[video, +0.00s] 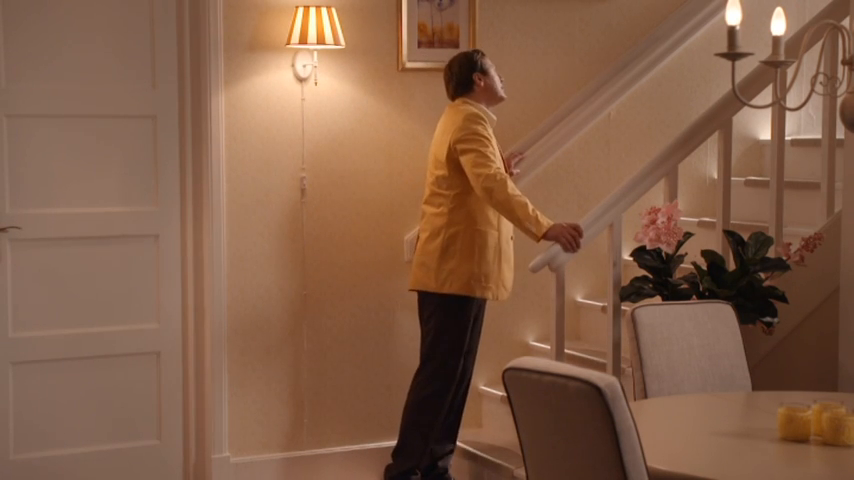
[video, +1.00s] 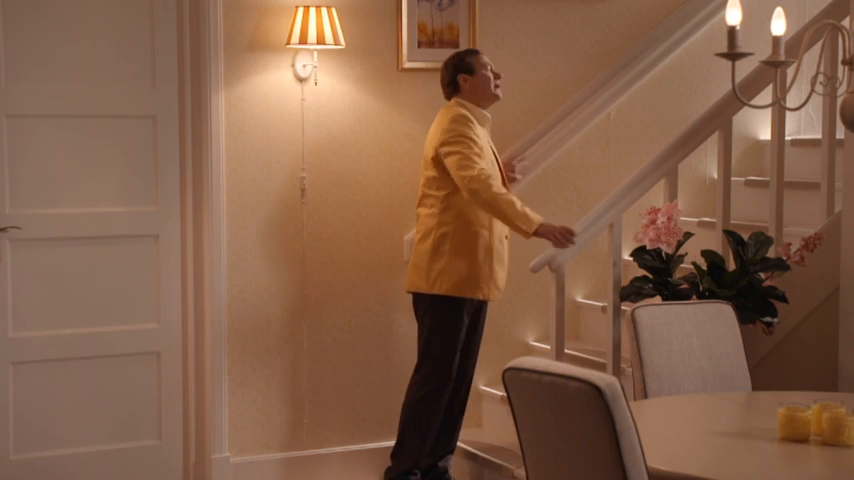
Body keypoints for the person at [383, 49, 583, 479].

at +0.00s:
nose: (501, 80)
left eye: (496, 72)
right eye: (494, 72)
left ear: (470, 82)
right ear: (479, 80)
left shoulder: (462, 119)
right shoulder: (468, 120)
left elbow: (462, 192)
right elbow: (492, 185)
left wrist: (500, 176)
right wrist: (545, 227)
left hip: (464, 270)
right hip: (453, 270)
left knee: (455, 375)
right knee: (441, 374)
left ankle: (434, 468)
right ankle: (406, 470)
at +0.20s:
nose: (499, 80)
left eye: (495, 72)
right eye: (493, 72)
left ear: (470, 82)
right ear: (477, 80)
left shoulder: (462, 119)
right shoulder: (467, 120)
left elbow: (461, 193)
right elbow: (492, 185)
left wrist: (501, 175)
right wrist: (544, 227)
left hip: (465, 269)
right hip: (454, 269)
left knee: (455, 374)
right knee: (442, 373)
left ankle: (435, 467)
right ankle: (407, 470)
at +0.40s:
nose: (500, 80)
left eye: (495, 72)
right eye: (493, 72)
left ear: (470, 82)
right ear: (477, 80)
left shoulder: (463, 119)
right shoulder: (467, 119)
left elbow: (462, 193)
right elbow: (491, 185)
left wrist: (500, 174)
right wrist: (544, 227)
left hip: (464, 269)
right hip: (454, 269)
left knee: (455, 374)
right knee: (442, 373)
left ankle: (434, 467)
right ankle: (408, 470)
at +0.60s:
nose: (500, 80)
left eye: (495, 72)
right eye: (493, 72)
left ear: (470, 82)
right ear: (477, 80)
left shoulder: (463, 119)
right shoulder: (467, 119)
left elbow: (462, 193)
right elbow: (491, 185)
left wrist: (500, 175)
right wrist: (545, 227)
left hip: (463, 269)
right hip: (453, 269)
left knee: (454, 374)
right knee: (442, 373)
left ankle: (434, 468)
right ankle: (407, 470)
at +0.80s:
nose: (500, 80)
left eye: (496, 72)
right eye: (493, 72)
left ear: (471, 80)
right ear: (476, 78)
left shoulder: (465, 120)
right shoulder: (465, 120)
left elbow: (463, 194)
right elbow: (491, 185)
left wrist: (500, 175)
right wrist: (545, 227)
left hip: (465, 271)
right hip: (450, 271)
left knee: (455, 376)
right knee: (440, 374)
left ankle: (434, 468)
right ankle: (407, 471)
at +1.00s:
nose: (499, 77)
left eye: (496, 71)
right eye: (489, 71)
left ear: (470, 82)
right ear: (464, 81)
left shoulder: (474, 126)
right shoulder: (456, 123)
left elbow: (470, 195)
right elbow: (479, 187)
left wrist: (500, 181)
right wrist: (537, 226)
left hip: (472, 273)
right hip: (446, 273)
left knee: (458, 378)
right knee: (436, 375)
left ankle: (435, 468)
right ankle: (404, 470)